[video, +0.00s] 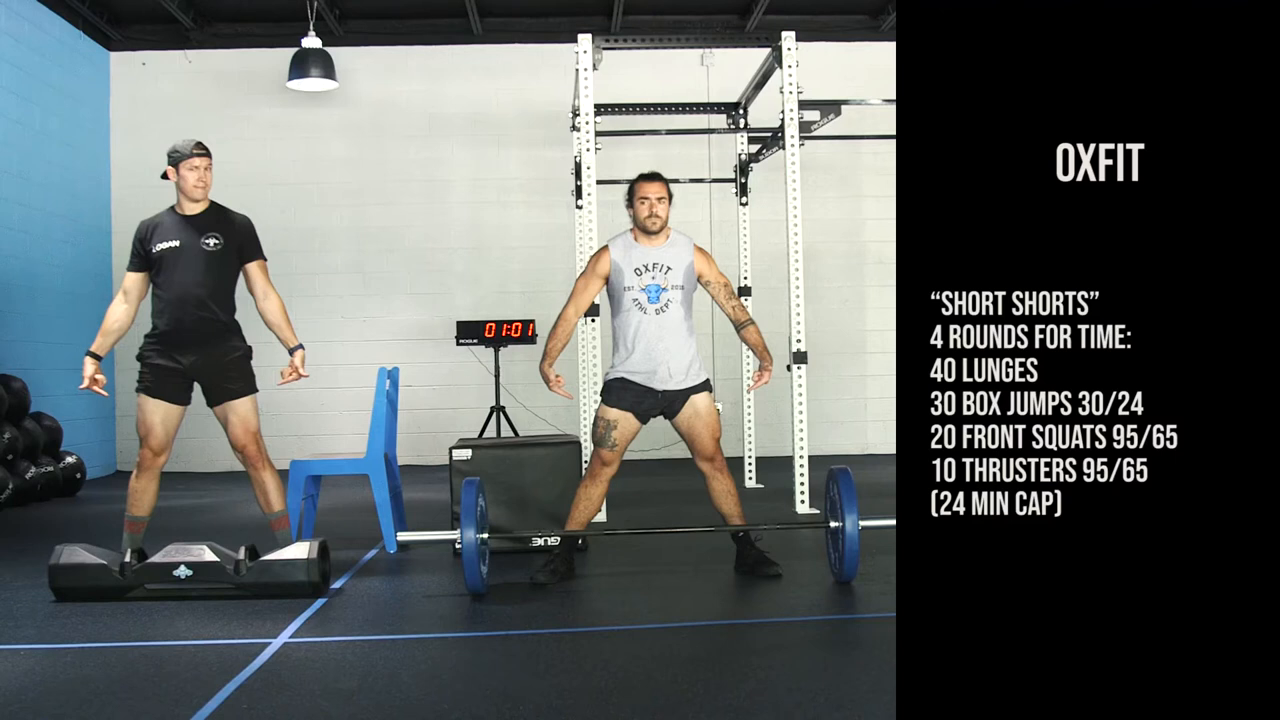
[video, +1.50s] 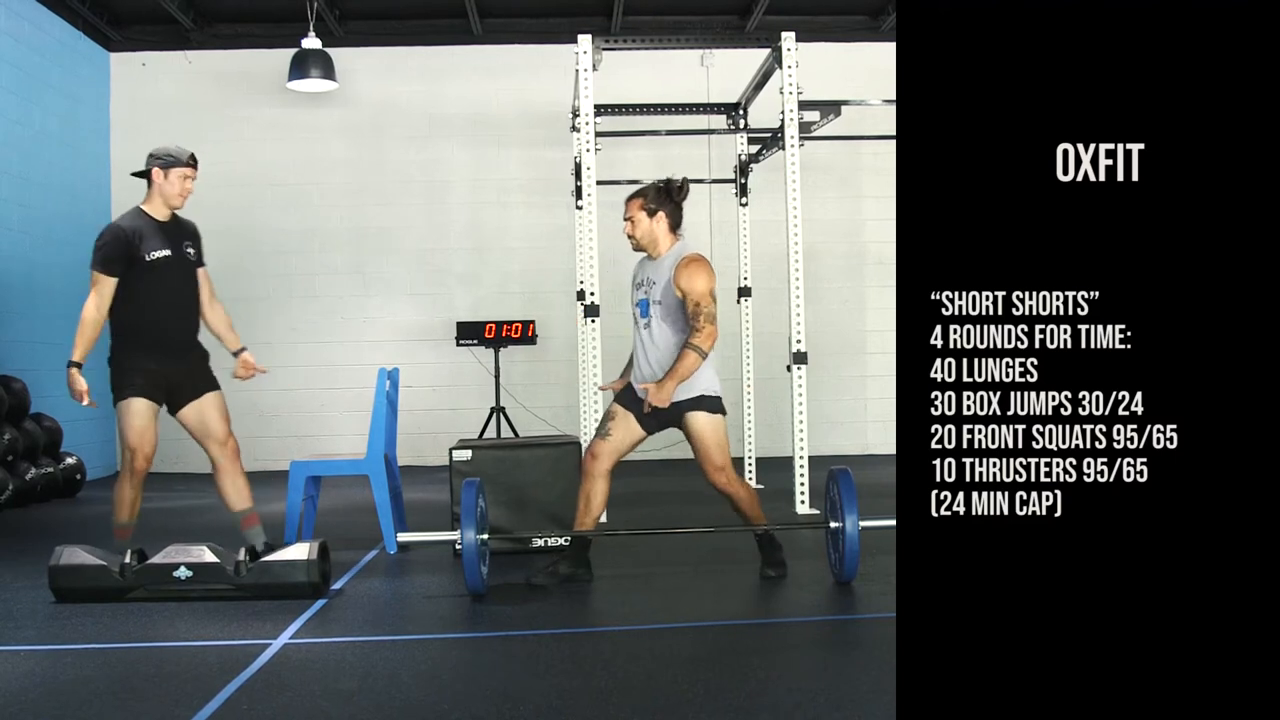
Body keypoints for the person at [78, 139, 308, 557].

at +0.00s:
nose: (201, 177)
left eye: (206, 169)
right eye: (192, 170)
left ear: (212, 174)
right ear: (172, 176)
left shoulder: (236, 226)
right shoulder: (150, 231)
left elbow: (263, 293)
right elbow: (126, 300)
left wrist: (293, 344)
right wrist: (94, 353)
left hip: (224, 352)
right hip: (164, 354)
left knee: (250, 447)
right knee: (150, 454)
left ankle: (288, 550)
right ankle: (131, 555)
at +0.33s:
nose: (200, 176)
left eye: (205, 169)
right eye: (191, 170)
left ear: (212, 174)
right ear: (171, 176)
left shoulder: (236, 225)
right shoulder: (150, 231)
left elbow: (263, 292)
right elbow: (127, 301)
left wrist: (293, 344)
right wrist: (95, 354)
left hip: (224, 353)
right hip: (165, 355)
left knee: (251, 448)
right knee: (151, 453)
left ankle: (289, 550)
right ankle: (131, 555)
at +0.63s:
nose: (199, 177)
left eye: (204, 169)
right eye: (190, 170)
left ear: (211, 175)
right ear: (170, 176)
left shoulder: (235, 226)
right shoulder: (150, 232)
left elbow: (263, 292)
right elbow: (127, 302)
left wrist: (293, 345)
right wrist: (96, 355)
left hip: (224, 353)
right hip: (164, 355)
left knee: (251, 449)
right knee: (151, 453)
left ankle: (289, 551)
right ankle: (131, 555)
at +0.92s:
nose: (199, 177)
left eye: (205, 170)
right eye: (190, 170)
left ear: (211, 175)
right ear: (170, 176)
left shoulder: (235, 226)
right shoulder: (150, 232)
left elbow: (262, 292)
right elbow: (127, 302)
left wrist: (293, 345)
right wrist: (96, 356)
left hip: (224, 353)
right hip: (164, 355)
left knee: (251, 449)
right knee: (150, 454)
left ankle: (289, 551)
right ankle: (131, 556)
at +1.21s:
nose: (197, 177)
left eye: (202, 170)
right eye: (188, 170)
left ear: (208, 175)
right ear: (167, 175)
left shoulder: (232, 226)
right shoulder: (145, 232)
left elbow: (259, 292)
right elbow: (122, 301)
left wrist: (289, 344)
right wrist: (89, 355)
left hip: (221, 354)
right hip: (161, 355)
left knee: (247, 449)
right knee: (138, 459)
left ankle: (289, 550)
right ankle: (130, 558)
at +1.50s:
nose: (189, 189)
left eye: (192, 181)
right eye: (183, 179)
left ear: (188, 184)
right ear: (157, 176)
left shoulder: (187, 233)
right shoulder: (121, 234)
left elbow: (207, 302)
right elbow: (98, 303)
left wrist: (238, 350)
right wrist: (75, 364)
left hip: (186, 359)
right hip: (136, 362)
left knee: (225, 445)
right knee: (139, 460)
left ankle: (259, 547)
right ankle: (124, 555)